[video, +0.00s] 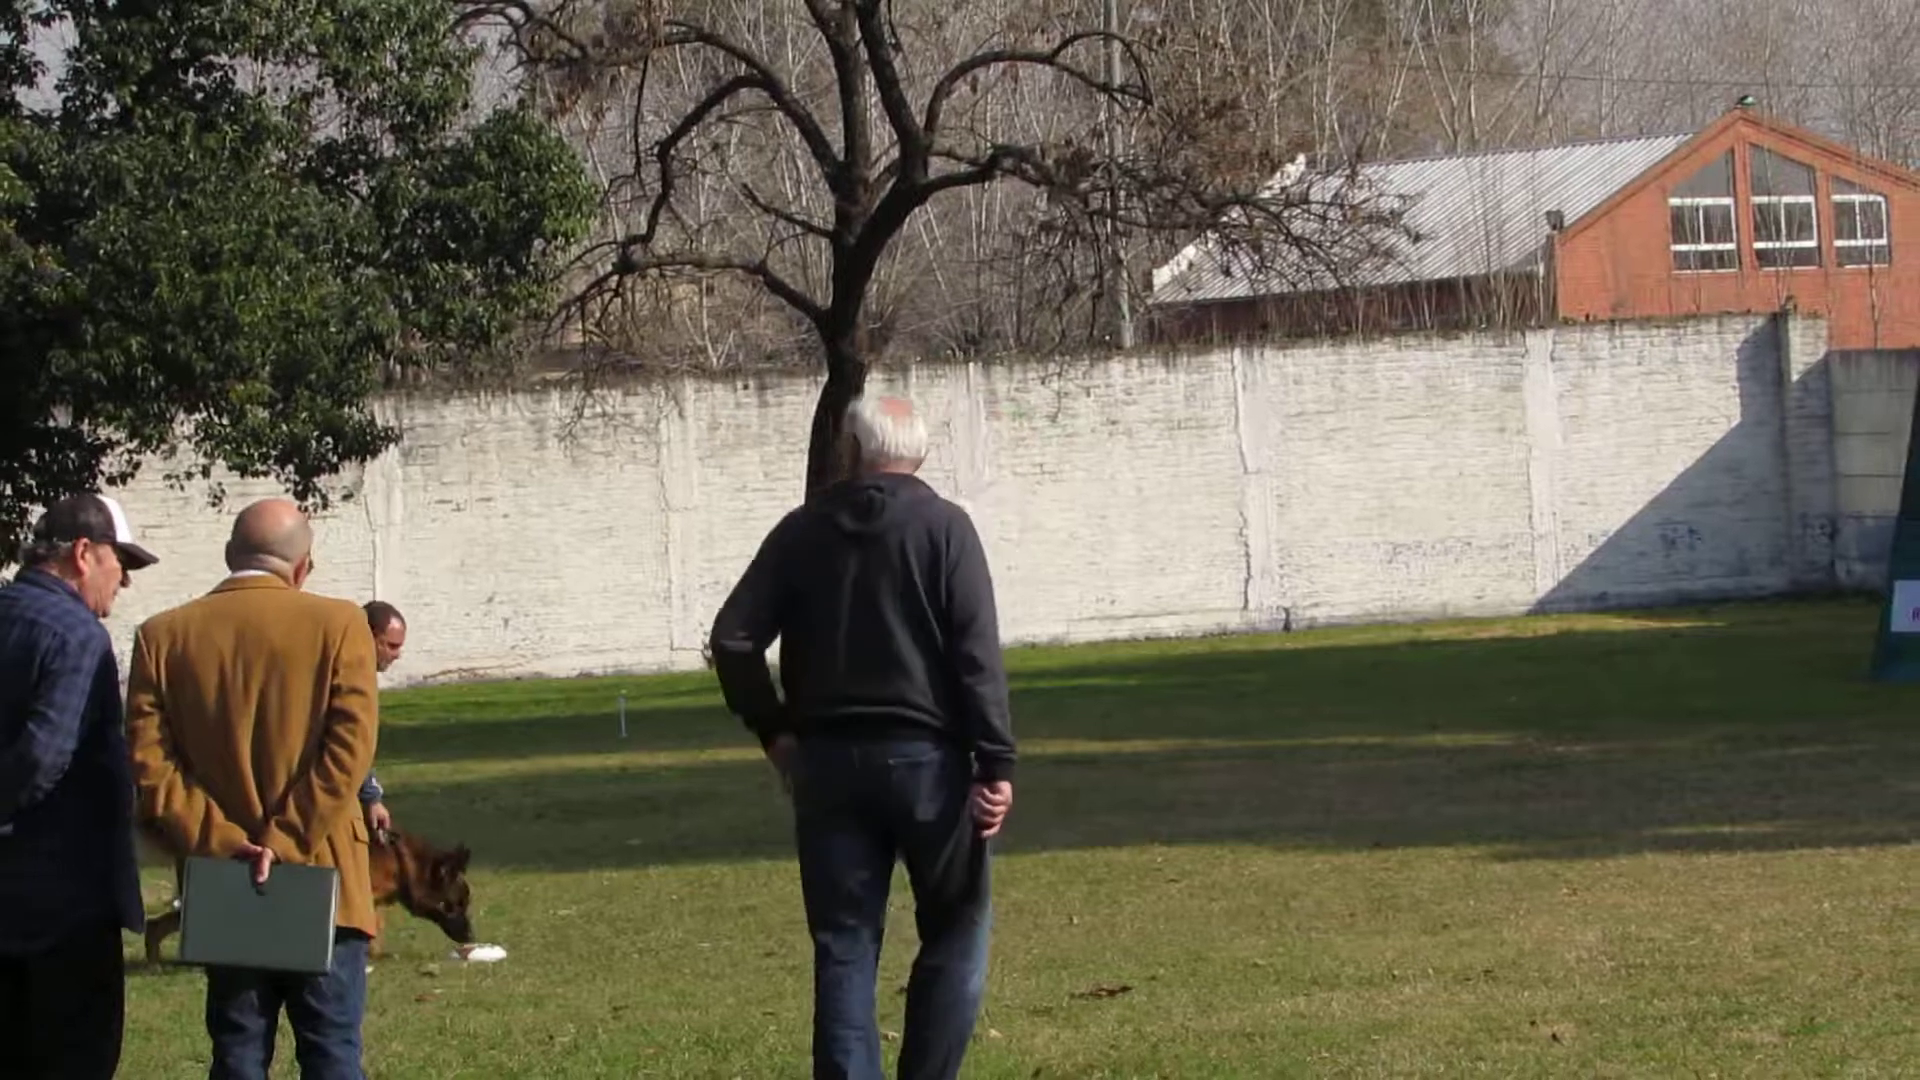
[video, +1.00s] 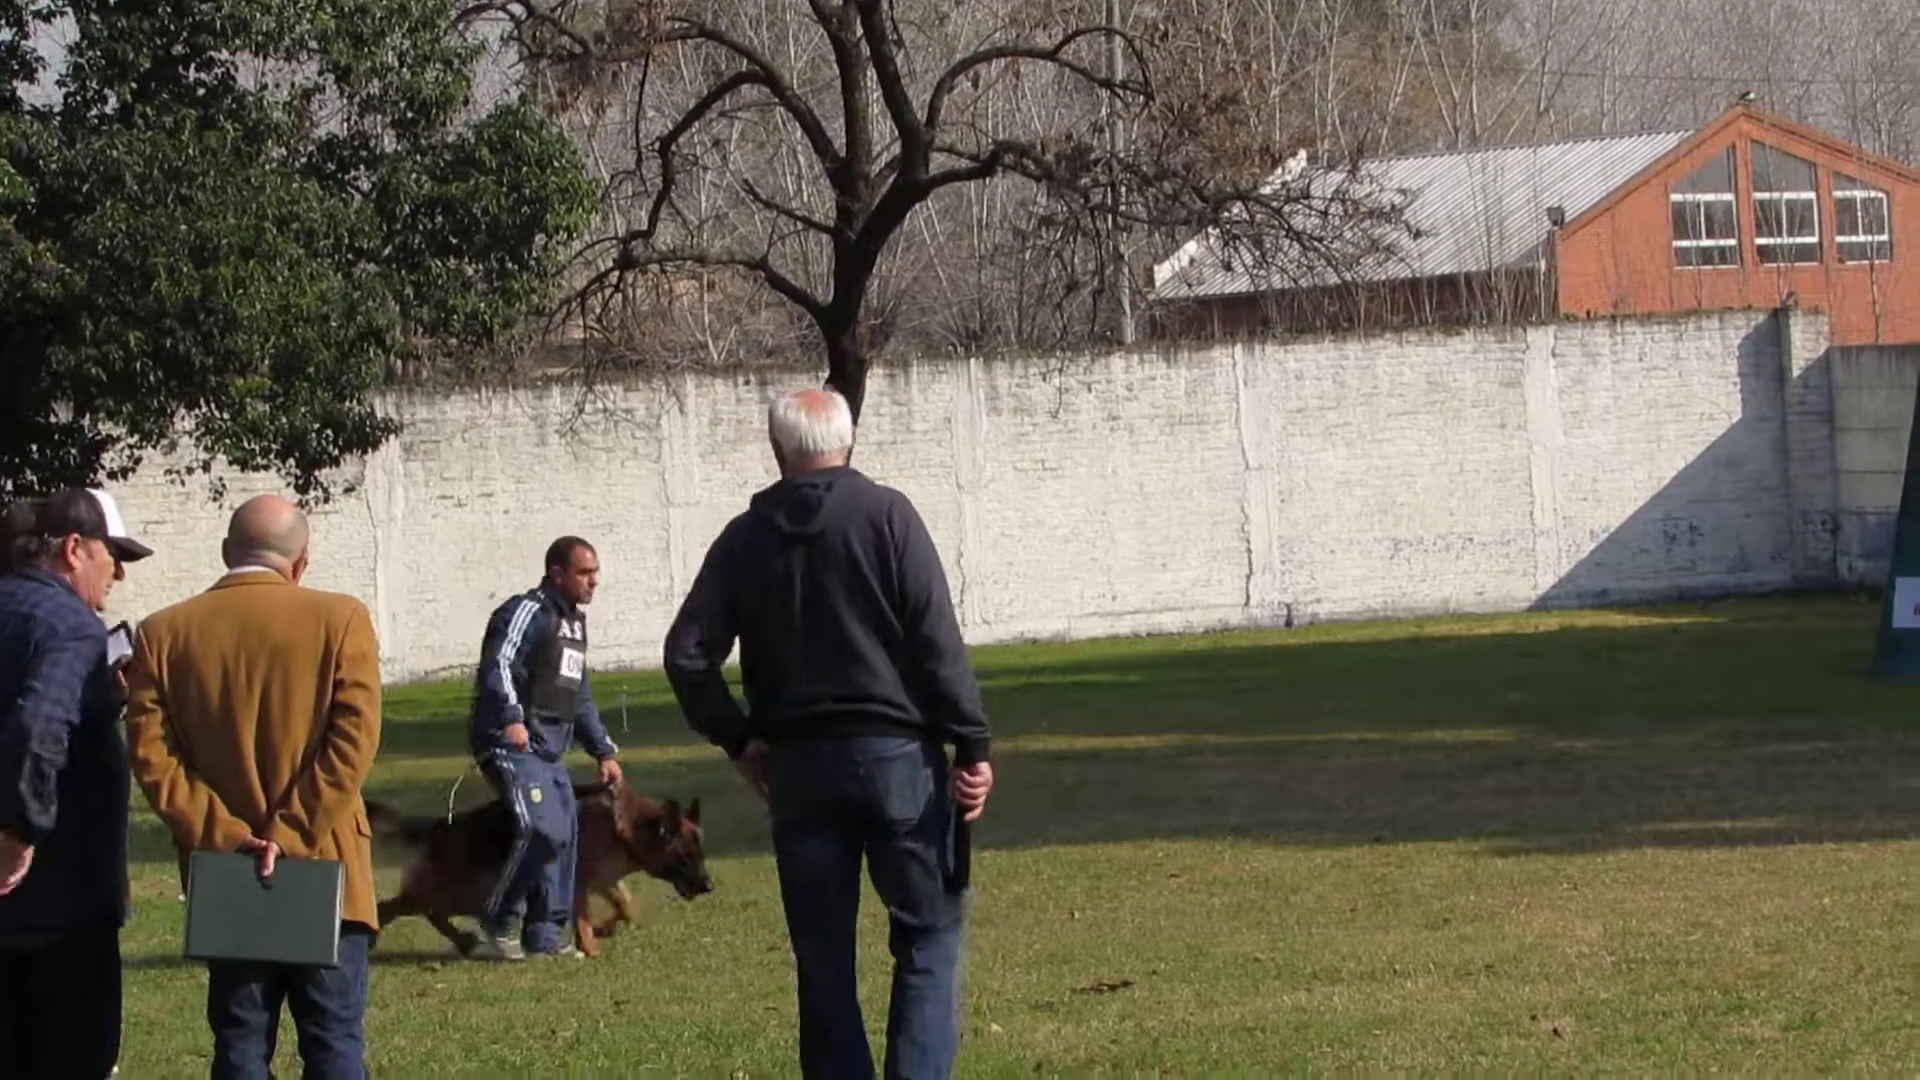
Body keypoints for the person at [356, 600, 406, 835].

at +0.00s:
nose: (397, 654)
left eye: (400, 646)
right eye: (392, 646)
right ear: (369, 639)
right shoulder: (350, 676)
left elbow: (354, 743)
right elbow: (349, 744)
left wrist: (372, 797)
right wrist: (372, 797)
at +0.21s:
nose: (428, 650)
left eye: (429, 642)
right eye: (422, 641)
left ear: (397, 635)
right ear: (397, 634)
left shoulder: (392, 672)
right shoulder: (372, 671)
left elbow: (377, 739)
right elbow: (370, 741)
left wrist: (403, 793)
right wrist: (403, 792)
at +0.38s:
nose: (451, 632)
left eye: (454, 624)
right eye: (445, 623)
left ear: (422, 623)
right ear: (417, 621)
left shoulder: (412, 661)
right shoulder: (397, 659)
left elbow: (405, 734)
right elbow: (395, 736)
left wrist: (439, 783)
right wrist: (438, 783)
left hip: (351, 774)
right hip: (343, 778)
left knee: (398, 821)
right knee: (394, 824)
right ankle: (389, 935)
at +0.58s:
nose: (481, 618)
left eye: (484, 609)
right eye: (474, 609)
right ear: (447, 604)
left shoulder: (449, 647)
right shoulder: (414, 644)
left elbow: (456, 711)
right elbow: (373, 701)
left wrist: (483, 769)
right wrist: (371, 761)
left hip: (406, 761)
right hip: (385, 761)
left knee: (395, 854)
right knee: (421, 841)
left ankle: (344, 936)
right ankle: (438, 952)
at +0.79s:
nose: (541, 605)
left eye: (543, 597)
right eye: (534, 597)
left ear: (513, 594)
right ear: (506, 591)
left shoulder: (515, 638)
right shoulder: (468, 627)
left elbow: (521, 708)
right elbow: (444, 689)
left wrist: (543, 763)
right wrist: (462, 746)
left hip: (479, 751)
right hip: (438, 749)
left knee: (509, 830)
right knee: (457, 836)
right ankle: (445, 948)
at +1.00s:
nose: (593, 580)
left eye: (595, 572)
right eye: (585, 572)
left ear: (588, 574)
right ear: (556, 573)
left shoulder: (574, 621)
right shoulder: (526, 610)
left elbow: (578, 695)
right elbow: (498, 666)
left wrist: (603, 752)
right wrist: (511, 719)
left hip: (548, 747)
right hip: (510, 741)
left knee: (564, 833)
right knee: (542, 831)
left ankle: (546, 934)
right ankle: (496, 922)